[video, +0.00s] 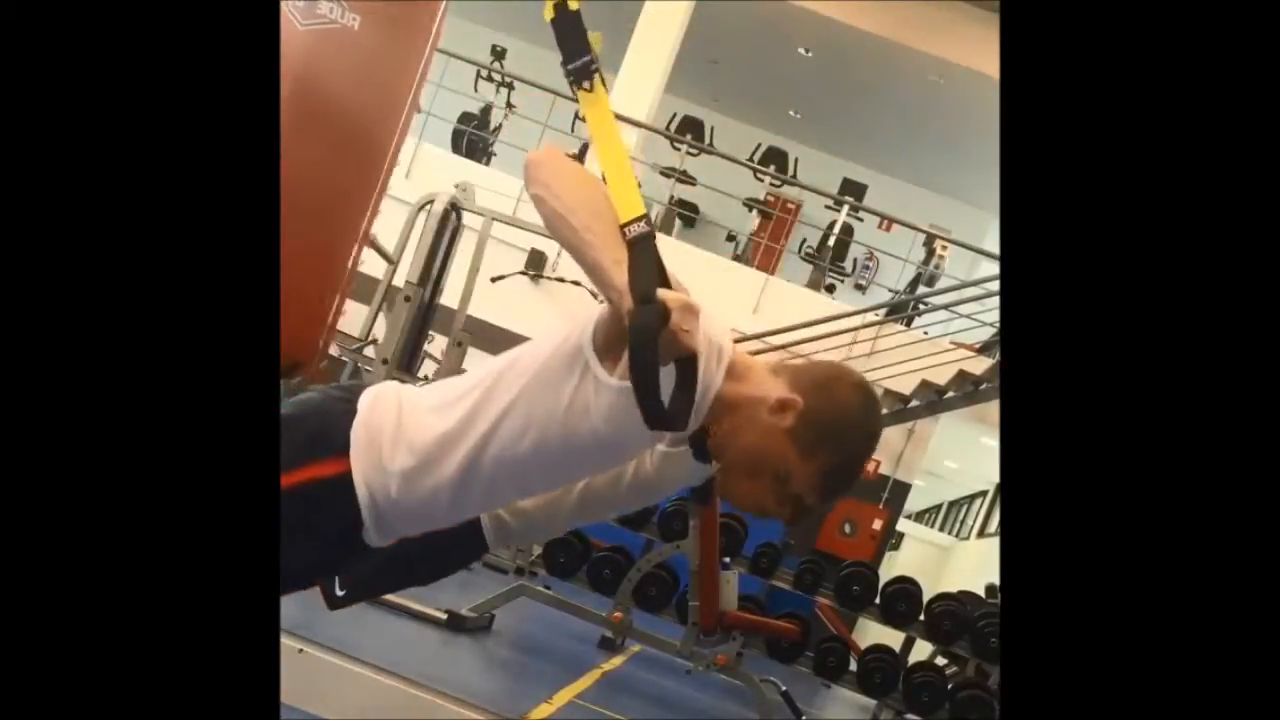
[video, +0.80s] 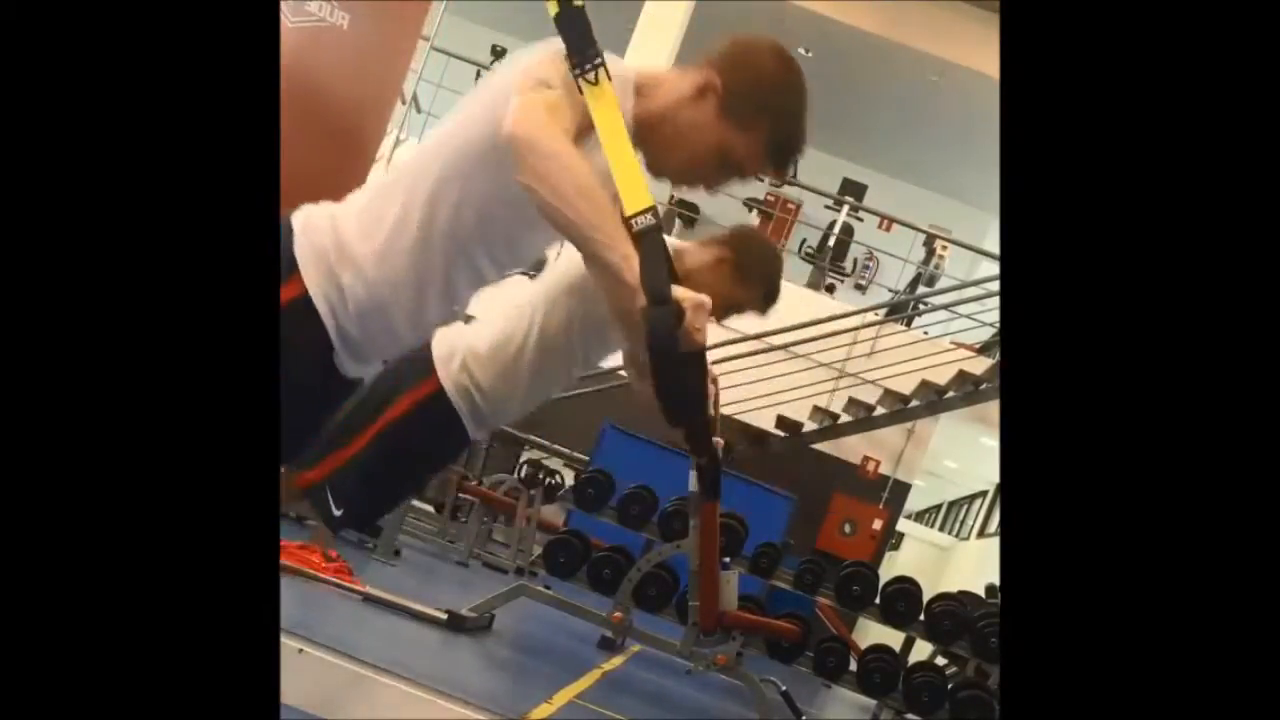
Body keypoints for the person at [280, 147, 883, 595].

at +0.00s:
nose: (760, 505)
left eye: (781, 504)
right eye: (779, 487)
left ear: (780, 407)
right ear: (779, 412)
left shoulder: (711, 440)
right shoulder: (683, 343)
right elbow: (547, 168)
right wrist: (638, 295)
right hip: (347, 470)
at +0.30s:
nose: (766, 486)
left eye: (788, 480)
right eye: (788, 463)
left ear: (781, 378)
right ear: (782, 384)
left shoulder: (710, 422)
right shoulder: (673, 307)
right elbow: (542, 160)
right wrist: (646, 291)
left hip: (377, 496)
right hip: (342, 442)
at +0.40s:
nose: (757, 403)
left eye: (778, 402)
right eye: (776, 385)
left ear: (775, 317)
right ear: (775, 319)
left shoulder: (697, 360)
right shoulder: (665, 259)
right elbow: (532, 141)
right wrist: (640, 276)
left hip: (371, 464)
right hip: (335, 412)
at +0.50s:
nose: (748, 347)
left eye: (766, 349)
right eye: (764, 332)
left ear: (765, 257)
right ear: (766, 263)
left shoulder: (682, 312)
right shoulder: (667, 219)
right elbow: (526, 129)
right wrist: (644, 278)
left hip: (375, 432)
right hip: (337, 381)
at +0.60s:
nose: (744, 300)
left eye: (764, 298)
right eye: (763, 285)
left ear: (749, 212)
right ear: (751, 213)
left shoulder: (667, 260)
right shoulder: (650, 171)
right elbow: (523, 124)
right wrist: (637, 278)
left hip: (369, 410)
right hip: (325, 353)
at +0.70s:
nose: (725, 239)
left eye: (744, 236)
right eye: (744, 222)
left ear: (731, 153)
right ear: (730, 155)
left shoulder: (642, 208)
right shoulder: (620, 119)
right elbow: (523, 130)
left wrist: (678, 369)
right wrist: (639, 279)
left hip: (358, 378)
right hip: (318, 321)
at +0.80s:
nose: (713, 186)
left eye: (732, 177)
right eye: (727, 165)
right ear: (709, 93)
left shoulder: (620, 164)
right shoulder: (580, 67)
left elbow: (626, 292)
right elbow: (536, 144)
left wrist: (668, 366)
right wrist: (645, 284)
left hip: (355, 354)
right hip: (309, 297)